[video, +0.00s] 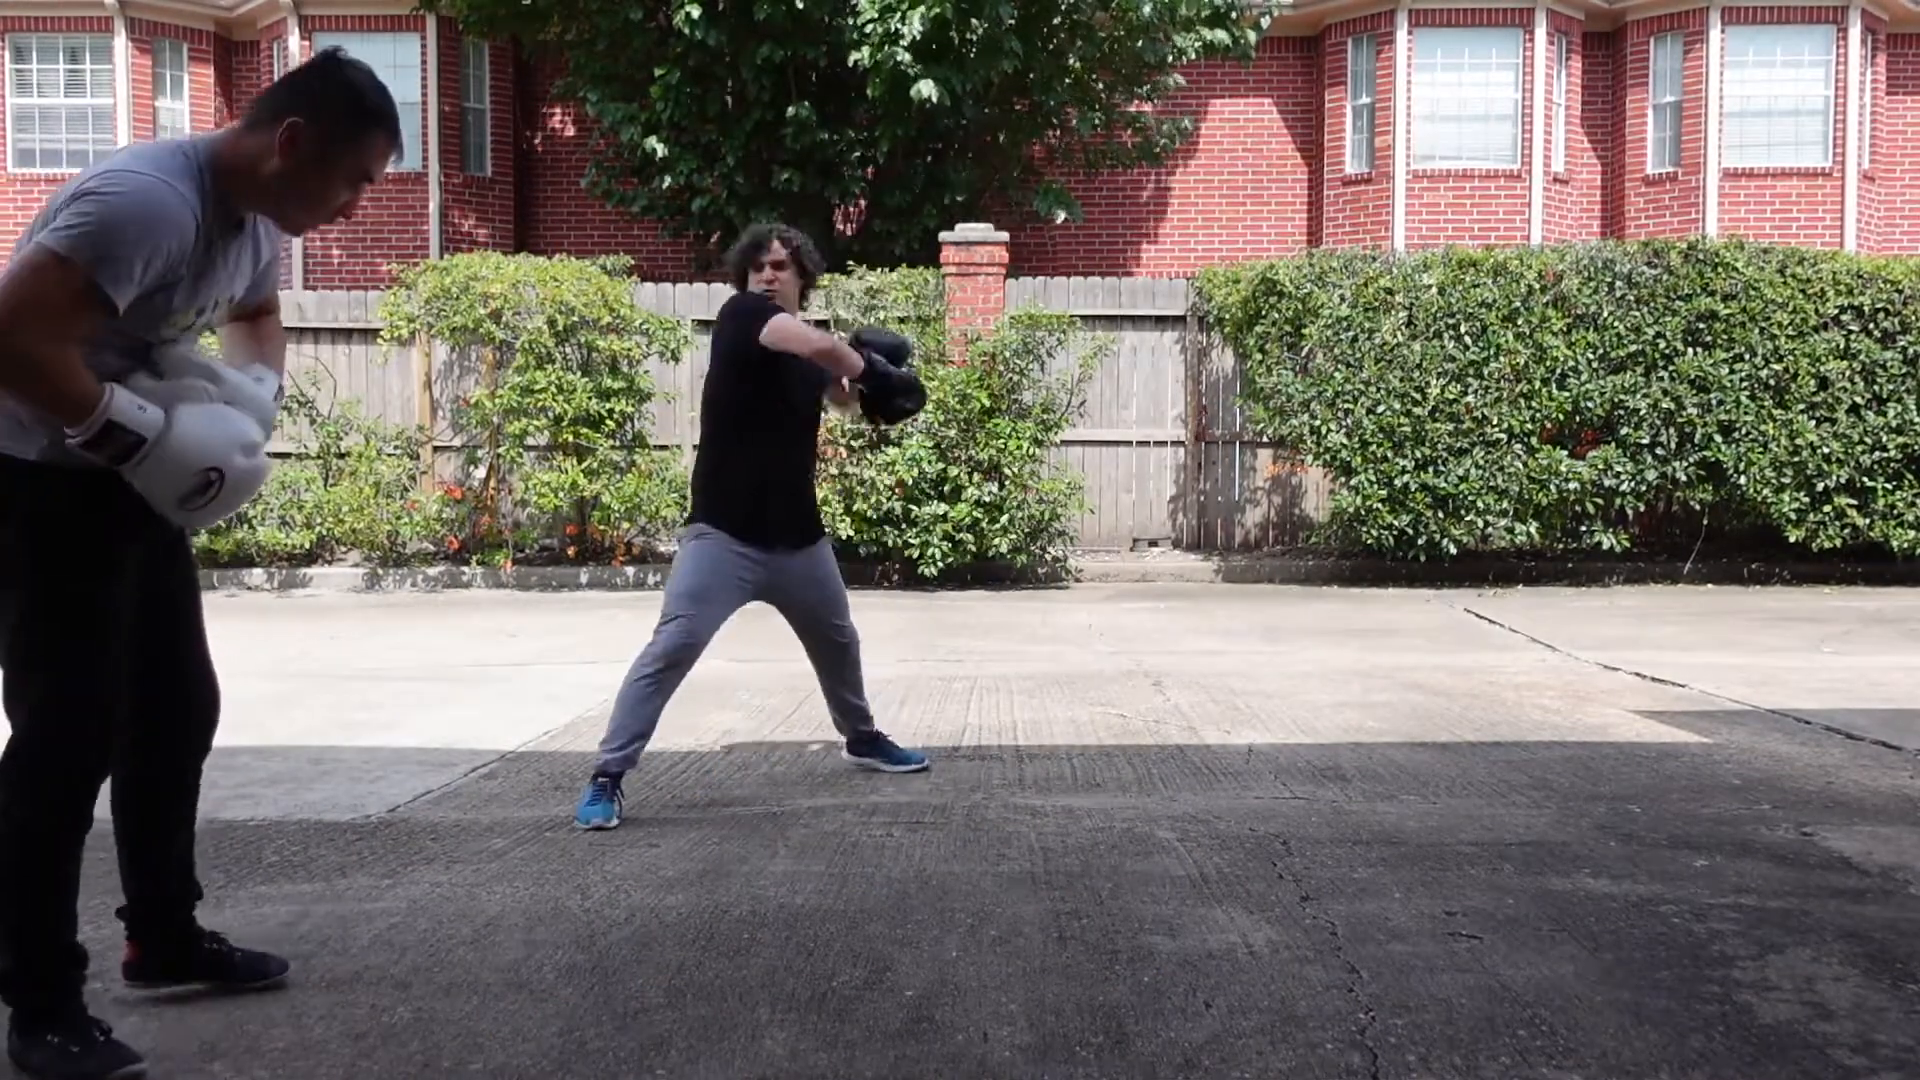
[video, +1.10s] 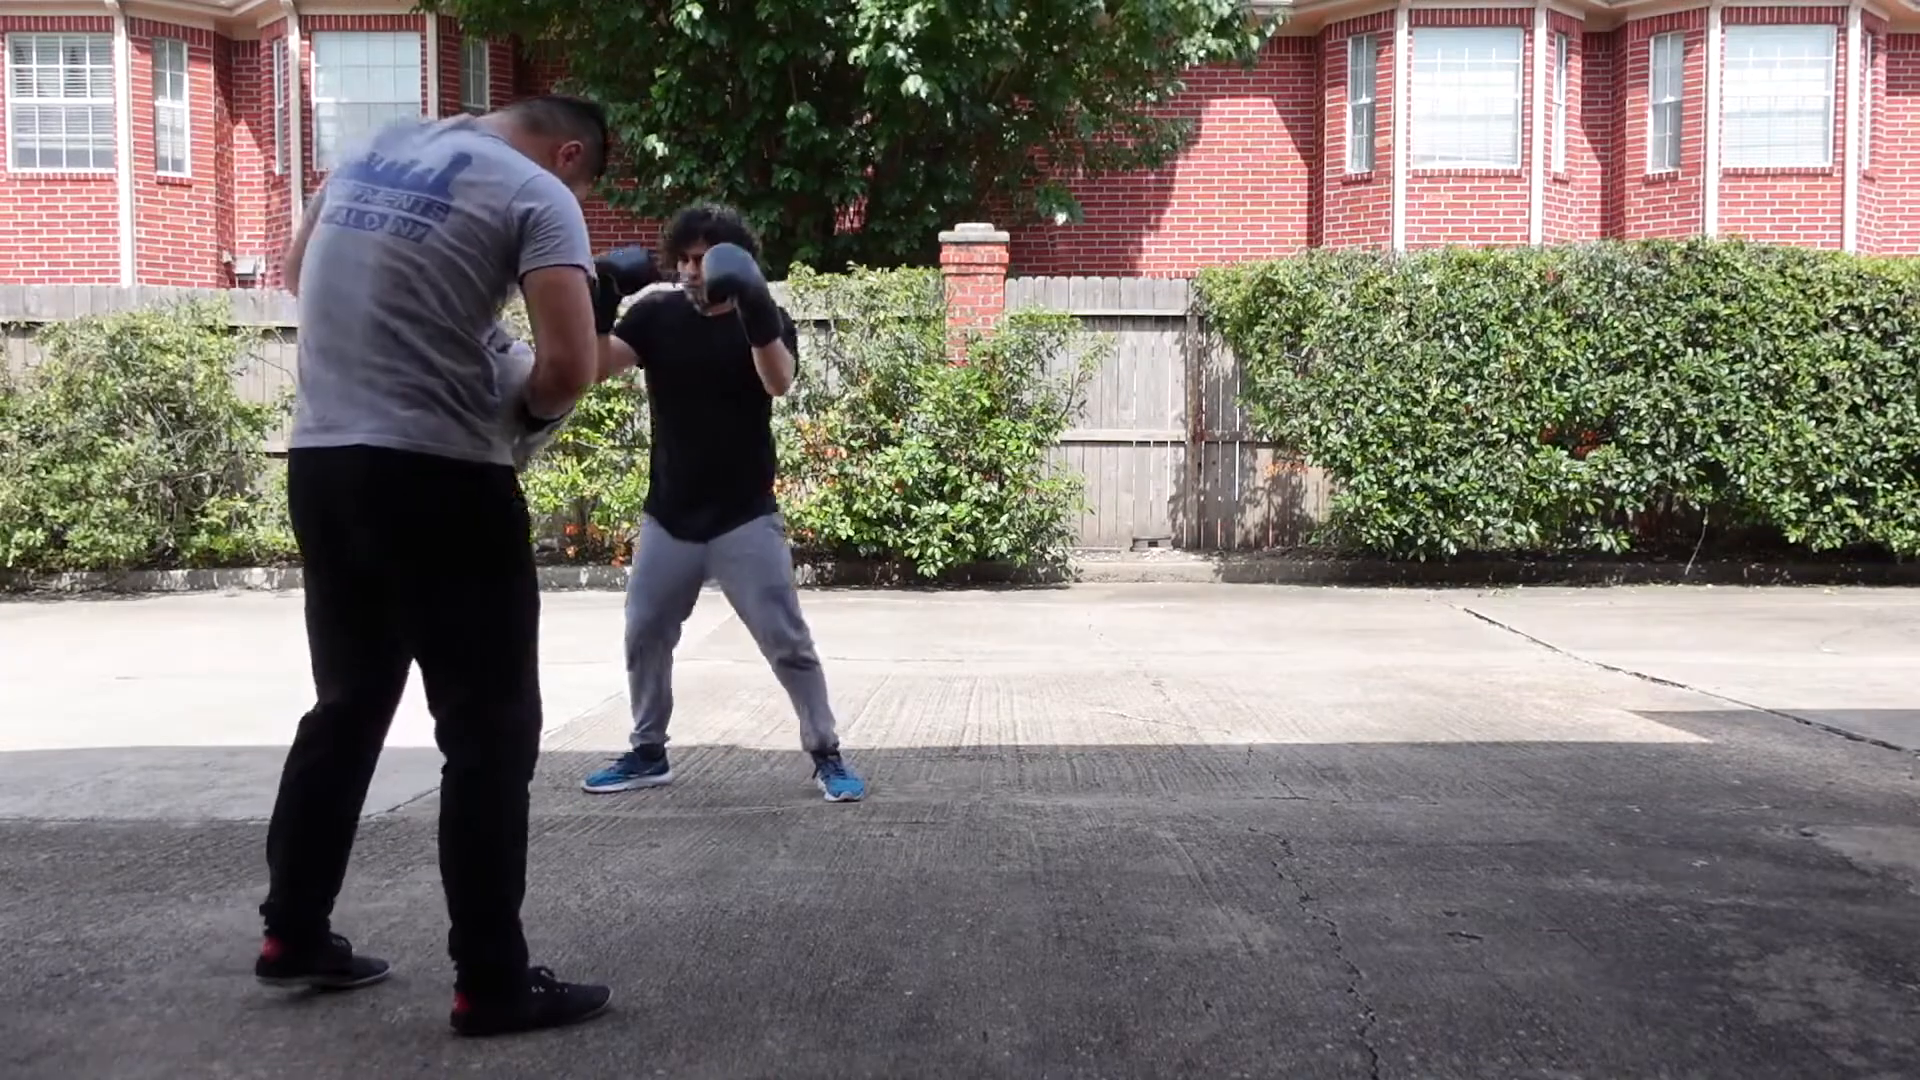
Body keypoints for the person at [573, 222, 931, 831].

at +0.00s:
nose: (773, 274)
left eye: (784, 266)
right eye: (763, 266)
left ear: (804, 276)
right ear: (746, 277)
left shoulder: (811, 341)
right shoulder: (742, 314)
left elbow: (843, 400)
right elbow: (818, 343)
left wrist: (864, 377)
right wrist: (863, 371)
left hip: (800, 541)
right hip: (722, 537)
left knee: (839, 643)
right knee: (674, 645)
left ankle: (862, 736)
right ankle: (607, 777)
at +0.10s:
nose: (743, 268)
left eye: (755, 258)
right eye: (734, 256)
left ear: (778, 264)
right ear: (716, 259)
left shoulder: (791, 326)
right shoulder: (693, 305)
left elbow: (816, 422)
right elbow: (662, 332)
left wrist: (820, 363)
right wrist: (734, 292)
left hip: (786, 518)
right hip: (707, 521)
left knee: (842, 623)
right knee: (670, 639)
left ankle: (823, 722)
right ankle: (611, 778)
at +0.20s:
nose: (708, 266)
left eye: (721, 255)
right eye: (700, 254)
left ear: (752, 261)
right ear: (690, 257)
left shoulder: (783, 320)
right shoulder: (667, 314)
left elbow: (808, 405)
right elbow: (604, 366)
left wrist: (768, 356)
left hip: (772, 513)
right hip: (692, 516)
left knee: (837, 617)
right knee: (654, 639)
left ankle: (793, 747)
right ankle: (608, 780)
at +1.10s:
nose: (693, 270)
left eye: (704, 259)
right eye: (684, 259)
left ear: (737, 261)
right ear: (672, 263)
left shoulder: (761, 313)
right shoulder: (655, 309)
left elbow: (779, 382)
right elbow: (593, 367)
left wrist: (752, 307)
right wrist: (599, 293)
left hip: (745, 514)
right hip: (669, 516)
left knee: (785, 641)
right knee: (644, 635)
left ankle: (827, 756)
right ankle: (648, 753)